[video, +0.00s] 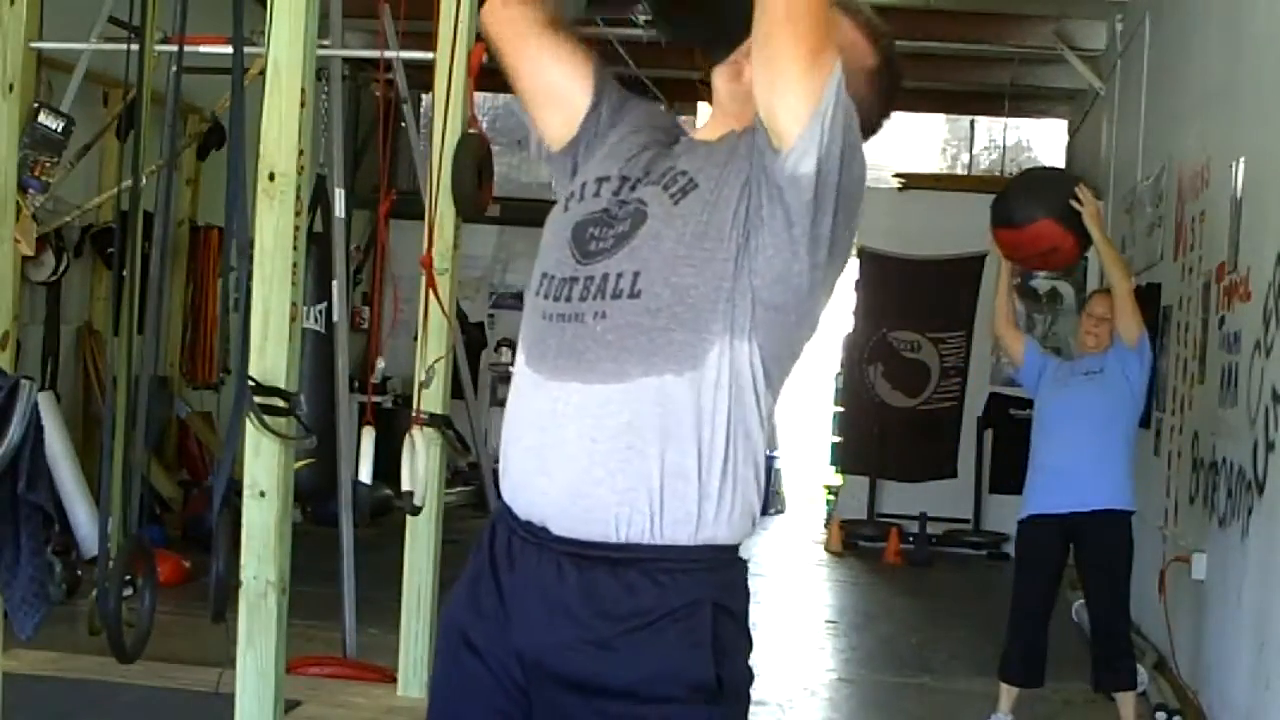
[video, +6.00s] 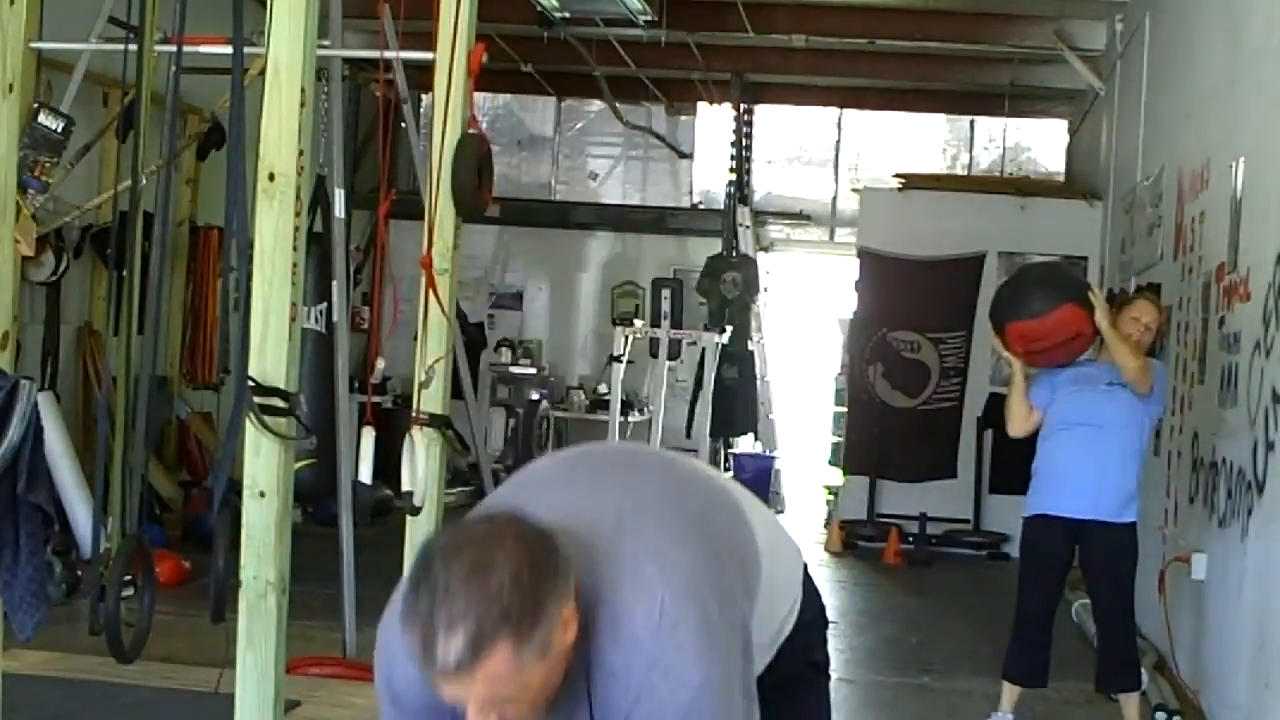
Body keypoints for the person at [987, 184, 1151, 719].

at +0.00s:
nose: (1094, 323)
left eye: (1105, 318)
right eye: (1089, 315)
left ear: (1118, 328)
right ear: (1075, 321)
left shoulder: (1129, 365)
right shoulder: (1047, 369)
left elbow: (1124, 290)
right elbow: (1005, 329)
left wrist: (1097, 233)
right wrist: (1006, 267)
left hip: (1106, 513)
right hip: (1042, 512)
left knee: (1111, 621)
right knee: (1026, 615)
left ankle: (1128, 715)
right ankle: (1003, 713)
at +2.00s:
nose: (1098, 475)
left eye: (1108, 466)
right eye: (1091, 463)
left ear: (1119, 463)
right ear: (1075, 454)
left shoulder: (1133, 487)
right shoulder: (1039, 474)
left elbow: (1141, 561)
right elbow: (1009, 542)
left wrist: (1127, 630)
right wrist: (1009, 611)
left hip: (1108, 568)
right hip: (1042, 565)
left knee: (1140, 640)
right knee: (1009, 627)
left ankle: (1135, 713)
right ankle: (1000, 711)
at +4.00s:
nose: (1137, 376)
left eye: (1148, 374)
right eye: (1132, 365)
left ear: (1153, 387)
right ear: (1112, 365)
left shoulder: (1152, 426)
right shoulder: (1058, 424)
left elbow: (1113, 421)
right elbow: (1015, 476)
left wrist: (1103, 377)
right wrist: (1017, 414)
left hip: (1113, 567)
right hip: (1046, 561)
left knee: (1140, 657)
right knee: (1012, 643)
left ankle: (1135, 712)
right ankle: (1005, 708)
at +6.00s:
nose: (1142, 332)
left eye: (1151, 328)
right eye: (1136, 320)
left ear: (1154, 335)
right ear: (1112, 320)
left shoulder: (1152, 376)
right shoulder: (1060, 372)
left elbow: (1136, 377)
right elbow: (1018, 426)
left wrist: (1105, 325)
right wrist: (1018, 368)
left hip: (1113, 519)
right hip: (1049, 513)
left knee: (1117, 620)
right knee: (1032, 613)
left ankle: (1133, 715)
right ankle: (1005, 711)